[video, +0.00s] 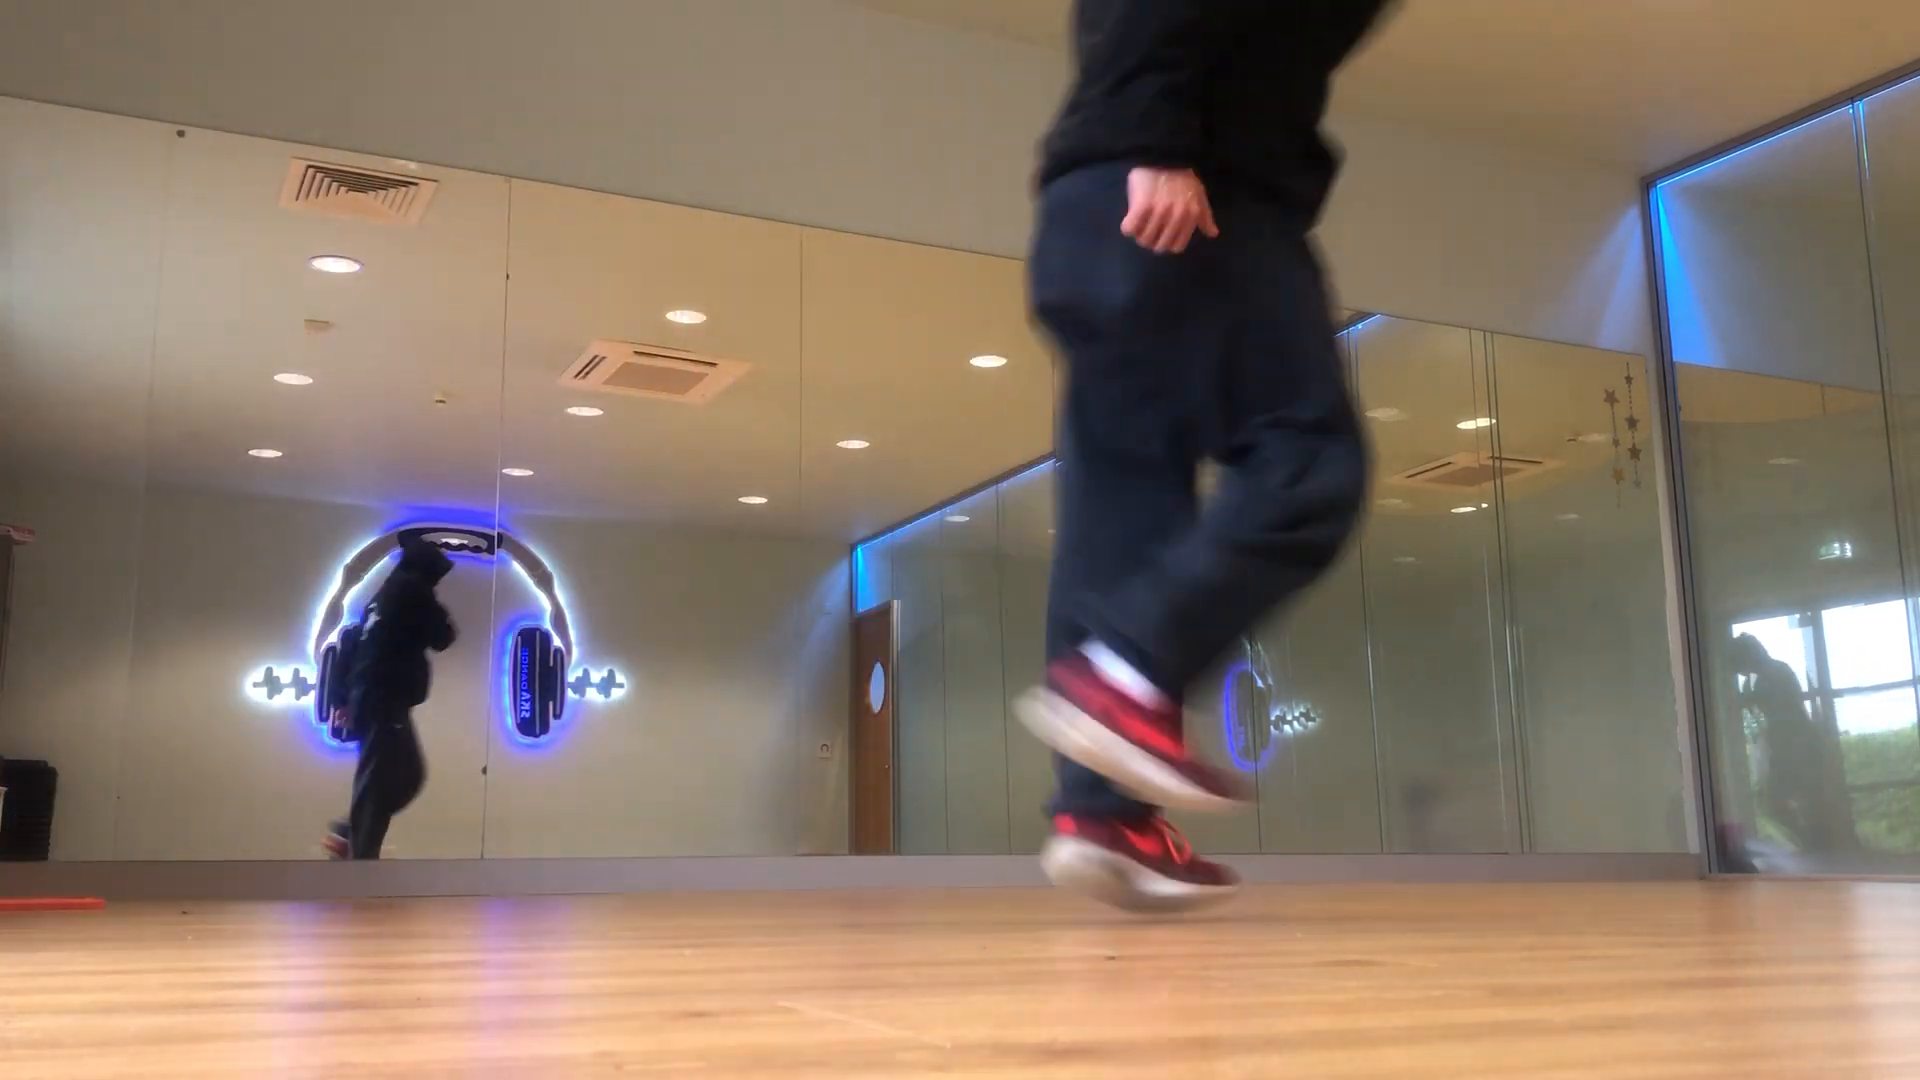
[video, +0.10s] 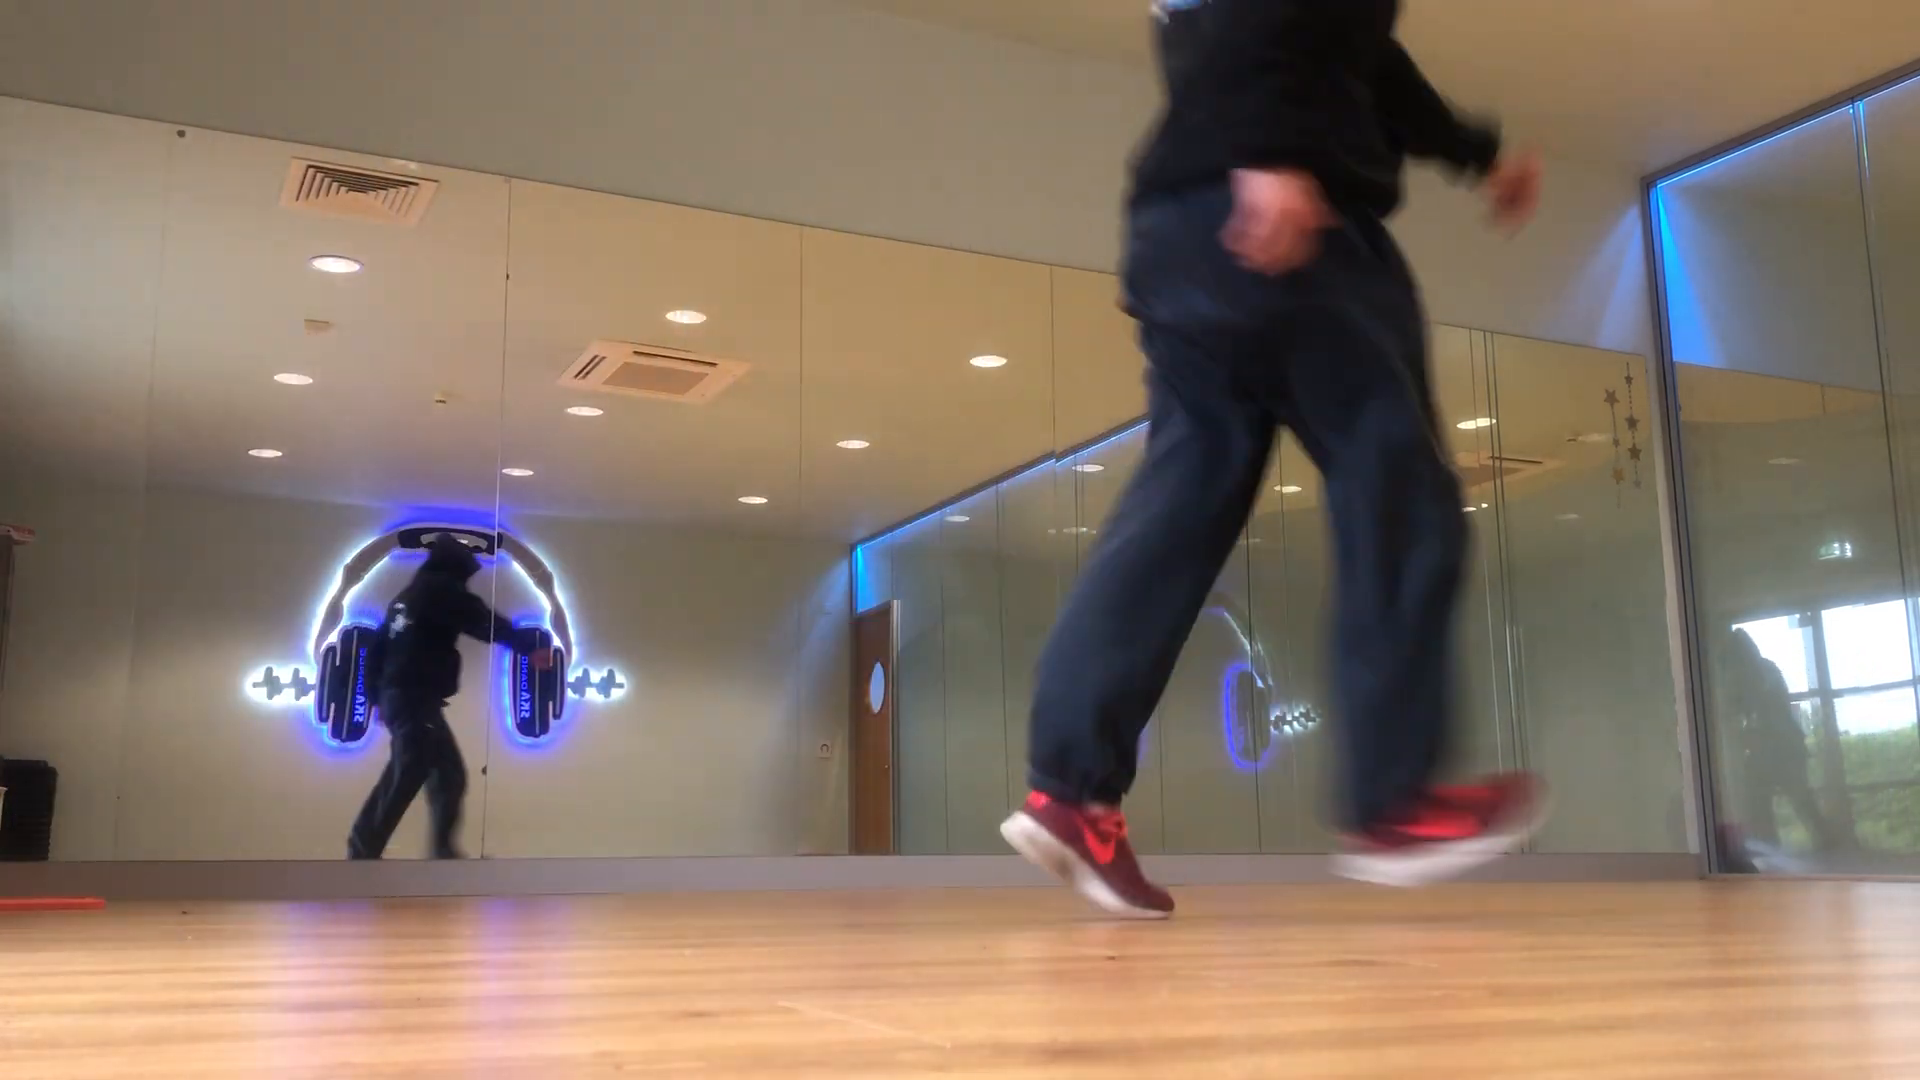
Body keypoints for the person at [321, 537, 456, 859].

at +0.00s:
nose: (440, 581)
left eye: (440, 575)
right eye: (438, 574)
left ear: (409, 563)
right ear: (426, 569)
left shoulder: (396, 590)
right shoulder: (411, 592)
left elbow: (362, 647)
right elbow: (443, 635)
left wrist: (343, 699)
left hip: (384, 698)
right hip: (384, 700)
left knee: (409, 774)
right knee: (380, 777)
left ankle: (350, 830)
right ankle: (364, 859)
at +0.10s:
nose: (470, 577)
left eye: (470, 571)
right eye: (468, 570)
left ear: (433, 562)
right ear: (458, 567)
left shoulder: (406, 596)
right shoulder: (449, 593)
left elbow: (378, 648)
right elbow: (487, 623)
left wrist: (377, 696)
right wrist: (526, 645)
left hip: (398, 697)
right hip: (418, 699)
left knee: (448, 773)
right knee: (408, 771)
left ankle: (443, 848)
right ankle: (364, 849)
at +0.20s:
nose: (498, 601)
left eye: (498, 595)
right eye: (497, 595)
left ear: (464, 586)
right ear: (491, 592)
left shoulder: (432, 618)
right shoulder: (480, 613)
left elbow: (403, 675)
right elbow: (520, 619)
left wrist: (418, 717)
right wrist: (553, 637)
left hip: (427, 722)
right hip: (449, 721)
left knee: (483, 787)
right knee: (419, 795)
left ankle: (521, 858)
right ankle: (376, 861)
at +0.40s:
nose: (577, 639)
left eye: (579, 632)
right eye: (577, 631)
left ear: (551, 617)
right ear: (568, 625)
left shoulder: (548, 652)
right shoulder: (540, 641)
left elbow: (550, 697)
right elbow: (497, 649)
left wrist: (583, 674)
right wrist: (468, 681)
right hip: (506, 739)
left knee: (548, 807)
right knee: (555, 800)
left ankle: (553, 881)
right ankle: (488, 839)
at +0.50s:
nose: (593, 613)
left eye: (595, 607)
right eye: (592, 606)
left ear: (571, 597)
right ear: (580, 601)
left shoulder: (562, 628)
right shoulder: (548, 625)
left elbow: (579, 676)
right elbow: (517, 667)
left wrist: (609, 713)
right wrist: (508, 705)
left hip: (554, 724)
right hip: (534, 725)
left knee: (585, 788)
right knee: (576, 789)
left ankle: (565, 866)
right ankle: (521, 843)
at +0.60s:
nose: (611, 601)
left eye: (614, 595)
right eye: (609, 594)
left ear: (589, 586)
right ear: (595, 589)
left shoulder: (587, 618)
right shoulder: (560, 618)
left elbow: (578, 671)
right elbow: (561, 680)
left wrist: (600, 686)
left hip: (591, 713)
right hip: (561, 717)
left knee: (619, 779)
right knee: (569, 789)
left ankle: (604, 854)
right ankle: (529, 850)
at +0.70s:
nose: (630, 611)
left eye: (632, 605)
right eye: (630, 603)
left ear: (603, 592)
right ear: (619, 597)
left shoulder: (575, 623)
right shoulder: (606, 626)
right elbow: (611, 669)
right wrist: (629, 633)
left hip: (571, 722)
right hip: (605, 721)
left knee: (563, 797)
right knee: (647, 783)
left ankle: (540, 860)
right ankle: (664, 855)